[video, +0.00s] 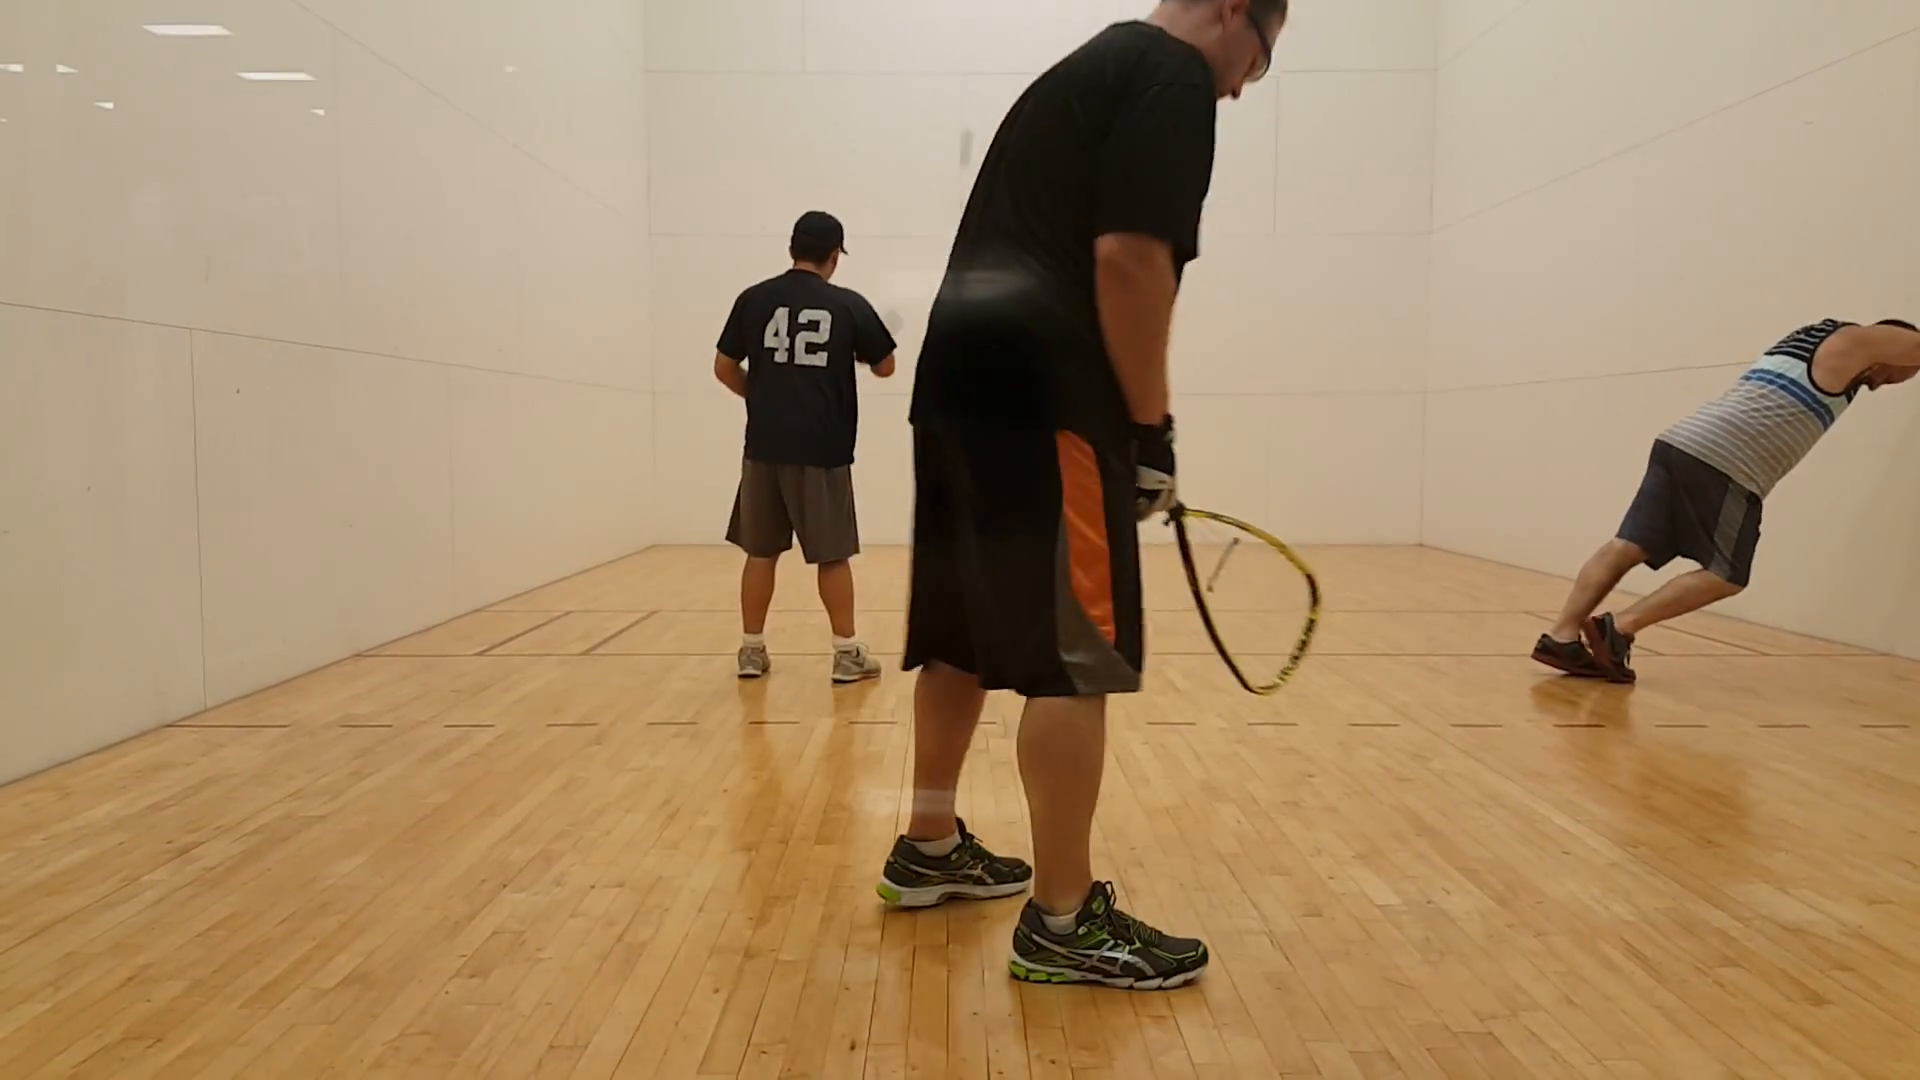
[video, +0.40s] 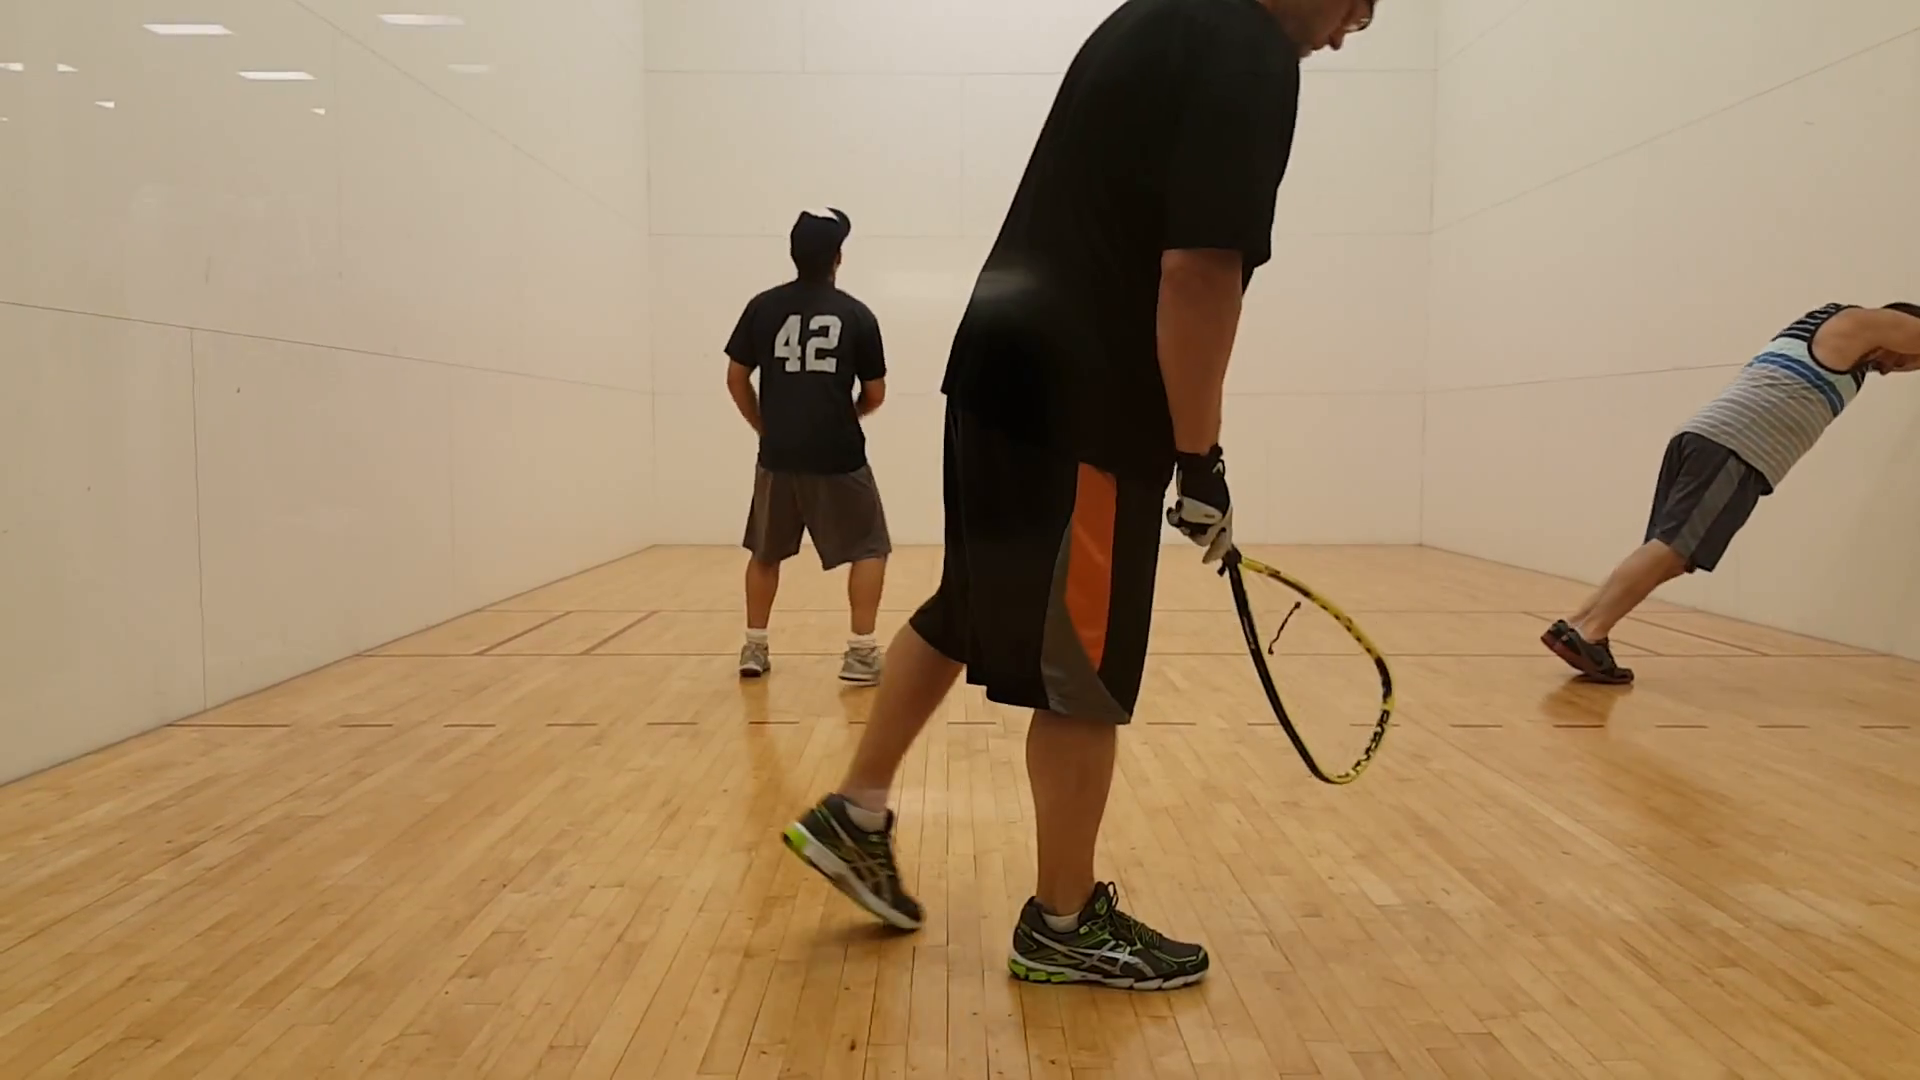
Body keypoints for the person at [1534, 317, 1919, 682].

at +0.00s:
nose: (1890, 384)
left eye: (1899, 377)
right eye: (1899, 372)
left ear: (1882, 345)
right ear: (1887, 348)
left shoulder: (1807, 337)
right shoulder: (1851, 347)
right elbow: (1917, 348)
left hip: (1679, 443)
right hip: (1729, 470)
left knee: (1629, 546)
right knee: (1726, 576)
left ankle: (1562, 636)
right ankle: (1618, 627)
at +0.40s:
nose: (1897, 369)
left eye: (1906, 364)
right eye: (1906, 359)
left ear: (1894, 333)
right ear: (1897, 333)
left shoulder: (1820, 330)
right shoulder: (1851, 325)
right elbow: (1919, 332)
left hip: (1705, 439)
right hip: (1730, 451)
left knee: (1665, 548)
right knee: (1675, 551)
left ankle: (1579, 625)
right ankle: (1588, 634)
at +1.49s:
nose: (1898, 315)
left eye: (1899, 307)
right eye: (1892, 303)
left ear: (1849, 306)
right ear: (1851, 298)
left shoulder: (1810, 333)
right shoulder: (1847, 334)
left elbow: (1909, 356)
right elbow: (1917, 343)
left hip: (1676, 439)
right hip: (1716, 456)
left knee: (1634, 543)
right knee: (1710, 563)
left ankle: (1564, 633)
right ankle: (1607, 628)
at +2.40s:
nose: (1901, 313)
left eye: (1902, 306)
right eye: (1893, 301)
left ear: (1852, 309)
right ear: (1852, 302)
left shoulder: (1821, 340)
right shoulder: (1850, 341)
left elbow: (1906, 356)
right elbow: (1916, 350)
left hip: (1714, 454)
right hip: (1727, 463)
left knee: (1690, 574)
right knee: (1656, 546)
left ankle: (1582, 619)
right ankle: (1576, 638)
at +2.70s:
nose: (1903, 321)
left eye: (1904, 313)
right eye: (1895, 309)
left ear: (1854, 318)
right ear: (1853, 311)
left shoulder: (1827, 350)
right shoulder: (1852, 349)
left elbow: (1906, 360)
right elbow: (1917, 353)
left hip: (1717, 461)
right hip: (1728, 470)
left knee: (1706, 581)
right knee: (1651, 552)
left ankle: (1592, 616)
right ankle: (1572, 644)